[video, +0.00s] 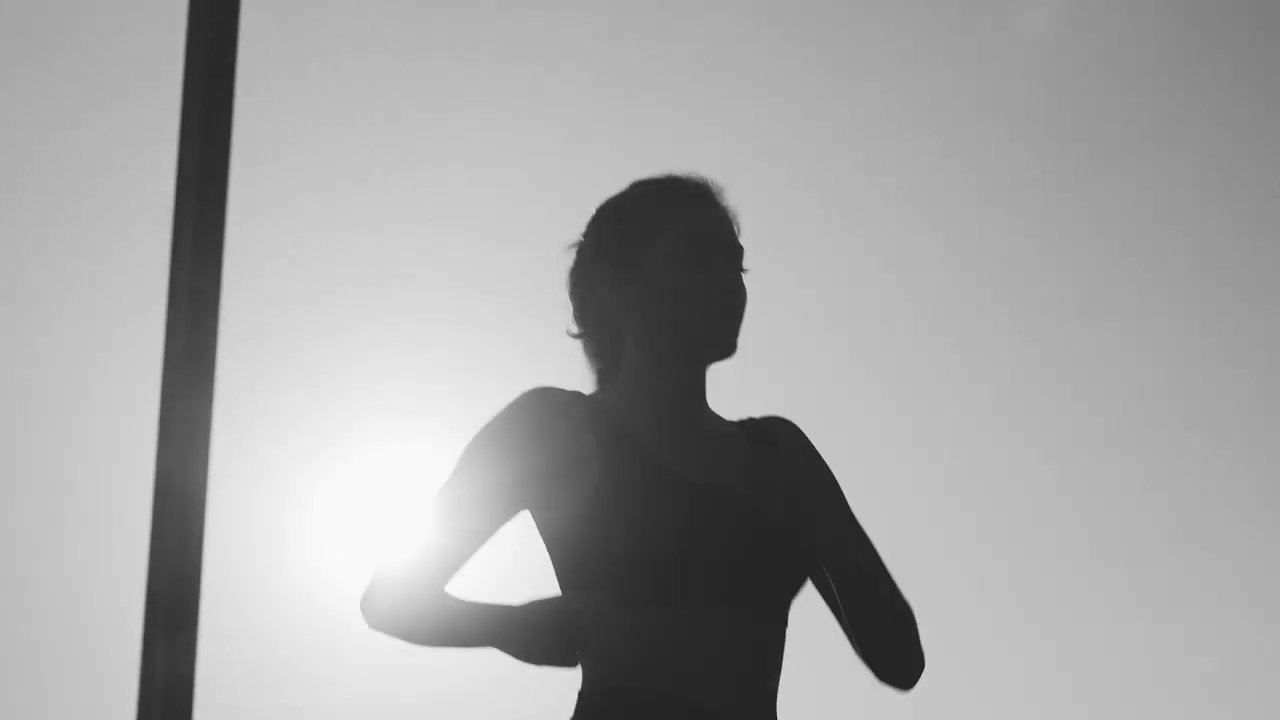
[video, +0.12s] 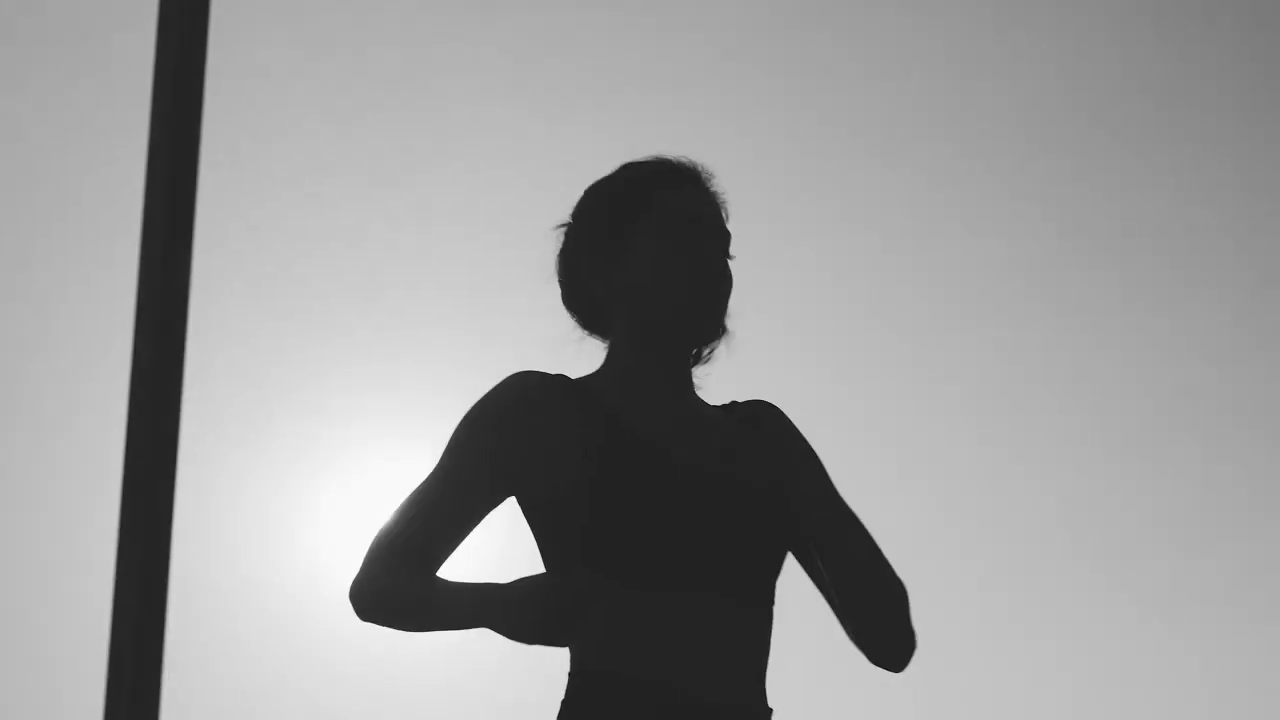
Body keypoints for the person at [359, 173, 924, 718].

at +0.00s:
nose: (740, 279)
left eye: (737, 259)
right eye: (709, 257)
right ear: (619, 281)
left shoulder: (775, 456)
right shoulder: (549, 429)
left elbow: (901, 663)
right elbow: (392, 599)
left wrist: (814, 518)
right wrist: (511, 624)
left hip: (746, 711)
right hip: (612, 708)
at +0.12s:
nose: (722, 267)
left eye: (722, 248)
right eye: (693, 245)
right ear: (613, 268)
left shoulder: (759, 438)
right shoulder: (533, 413)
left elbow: (891, 642)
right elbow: (380, 589)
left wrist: (793, 492)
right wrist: (500, 604)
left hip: (737, 708)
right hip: (600, 704)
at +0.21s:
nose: (708, 269)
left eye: (708, 247)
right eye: (677, 244)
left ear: (713, 268)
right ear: (604, 268)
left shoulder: (747, 436)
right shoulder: (523, 410)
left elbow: (868, 649)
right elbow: (371, 594)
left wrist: (784, 501)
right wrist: (509, 602)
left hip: (727, 705)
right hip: (594, 703)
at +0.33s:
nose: (706, 296)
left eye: (704, 268)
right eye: (674, 265)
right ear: (595, 280)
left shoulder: (728, 456)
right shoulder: (511, 428)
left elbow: (812, 692)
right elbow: (363, 626)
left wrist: (784, 567)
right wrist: (543, 621)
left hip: (706, 711)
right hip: (583, 709)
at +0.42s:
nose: (687, 302)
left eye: (693, 283)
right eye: (655, 278)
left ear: (699, 304)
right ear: (573, 298)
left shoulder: (717, 476)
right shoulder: (509, 445)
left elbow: (760, 705)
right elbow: (363, 659)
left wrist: (781, 639)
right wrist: (554, 647)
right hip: (581, 710)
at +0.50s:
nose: (686, 319)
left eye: (692, 298)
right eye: (659, 294)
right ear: (574, 315)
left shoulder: (704, 494)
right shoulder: (507, 459)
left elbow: (715, 705)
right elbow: (378, 681)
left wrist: (770, 683)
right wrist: (601, 666)